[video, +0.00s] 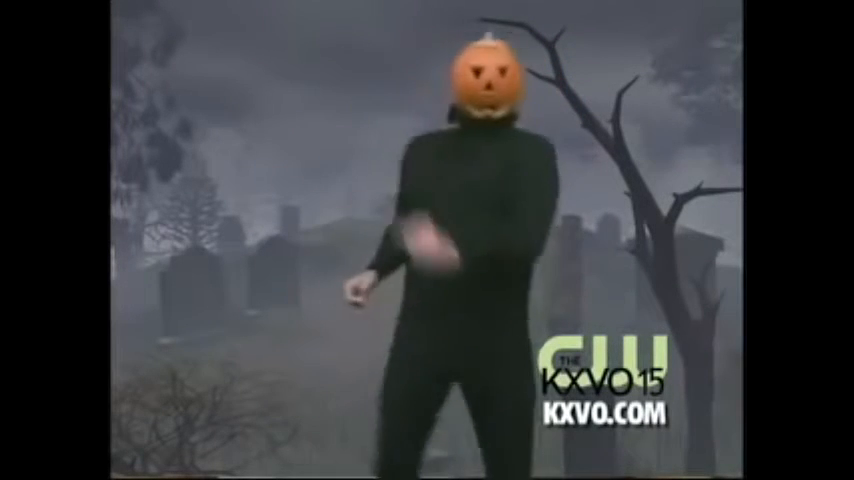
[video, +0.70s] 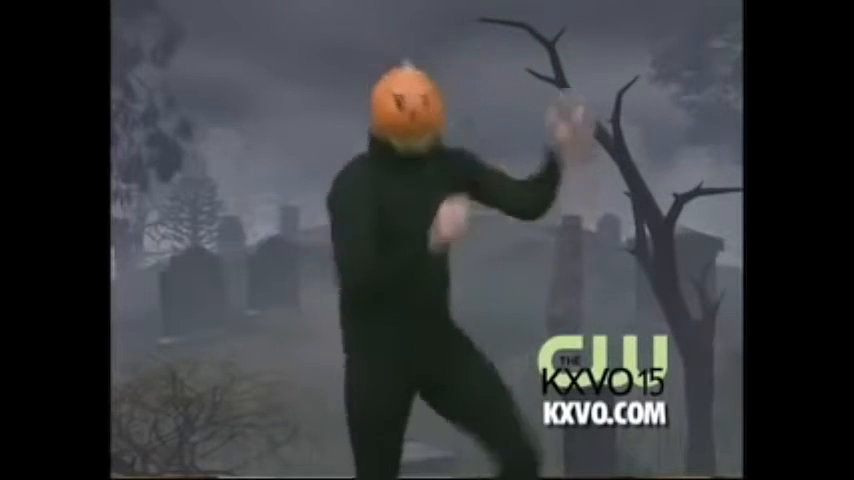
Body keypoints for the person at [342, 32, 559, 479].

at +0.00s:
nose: (488, 79)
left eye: (502, 70)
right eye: (476, 69)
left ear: (518, 84)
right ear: (456, 82)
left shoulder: (533, 153)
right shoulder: (424, 149)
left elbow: (526, 240)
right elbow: (407, 226)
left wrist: (460, 251)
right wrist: (375, 269)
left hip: (498, 338)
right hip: (423, 335)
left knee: (510, 468)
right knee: (394, 464)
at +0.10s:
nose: (474, 98)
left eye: (487, 90)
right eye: (461, 89)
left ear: (502, 103)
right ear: (442, 103)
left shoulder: (523, 172)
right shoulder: (412, 174)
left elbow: (530, 255)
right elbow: (386, 253)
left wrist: (493, 310)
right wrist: (355, 276)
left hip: (495, 357)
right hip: (420, 353)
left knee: (509, 470)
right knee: (398, 468)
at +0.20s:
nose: (460, 114)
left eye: (472, 106)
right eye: (448, 105)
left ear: (488, 118)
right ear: (426, 117)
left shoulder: (510, 190)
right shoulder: (398, 188)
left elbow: (534, 279)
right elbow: (366, 286)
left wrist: (514, 313)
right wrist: (348, 248)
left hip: (494, 372)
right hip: (418, 369)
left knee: (518, 471)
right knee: (380, 471)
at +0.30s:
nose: (444, 111)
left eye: (456, 103)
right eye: (430, 102)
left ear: (473, 119)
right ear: (411, 119)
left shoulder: (498, 189)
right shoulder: (388, 189)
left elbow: (527, 286)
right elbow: (366, 286)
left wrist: (526, 260)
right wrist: (362, 201)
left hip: (485, 371)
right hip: (410, 371)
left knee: (512, 471)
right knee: (380, 473)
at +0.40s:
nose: (431, 85)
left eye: (443, 76)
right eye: (418, 76)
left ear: (459, 91)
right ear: (400, 93)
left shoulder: (484, 160)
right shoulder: (376, 163)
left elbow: (515, 244)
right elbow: (380, 238)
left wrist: (508, 199)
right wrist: (401, 173)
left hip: (469, 345)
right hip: (397, 349)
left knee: (502, 469)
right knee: (383, 471)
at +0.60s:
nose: (409, 91)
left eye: (420, 82)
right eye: (396, 82)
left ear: (437, 93)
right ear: (376, 96)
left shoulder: (463, 158)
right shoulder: (358, 165)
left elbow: (516, 204)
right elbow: (373, 240)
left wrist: (544, 205)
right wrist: (445, 209)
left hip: (450, 342)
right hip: (384, 347)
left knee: (475, 467)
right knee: (382, 469)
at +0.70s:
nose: (415, 143)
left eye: (423, 132)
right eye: (406, 136)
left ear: (438, 124)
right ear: (383, 128)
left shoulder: (450, 167)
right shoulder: (355, 184)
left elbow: (527, 203)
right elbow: (359, 281)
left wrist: (558, 153)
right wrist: (429, 242)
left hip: (437, 346)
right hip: (377, 356)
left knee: (518, 454)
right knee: (376, 471)